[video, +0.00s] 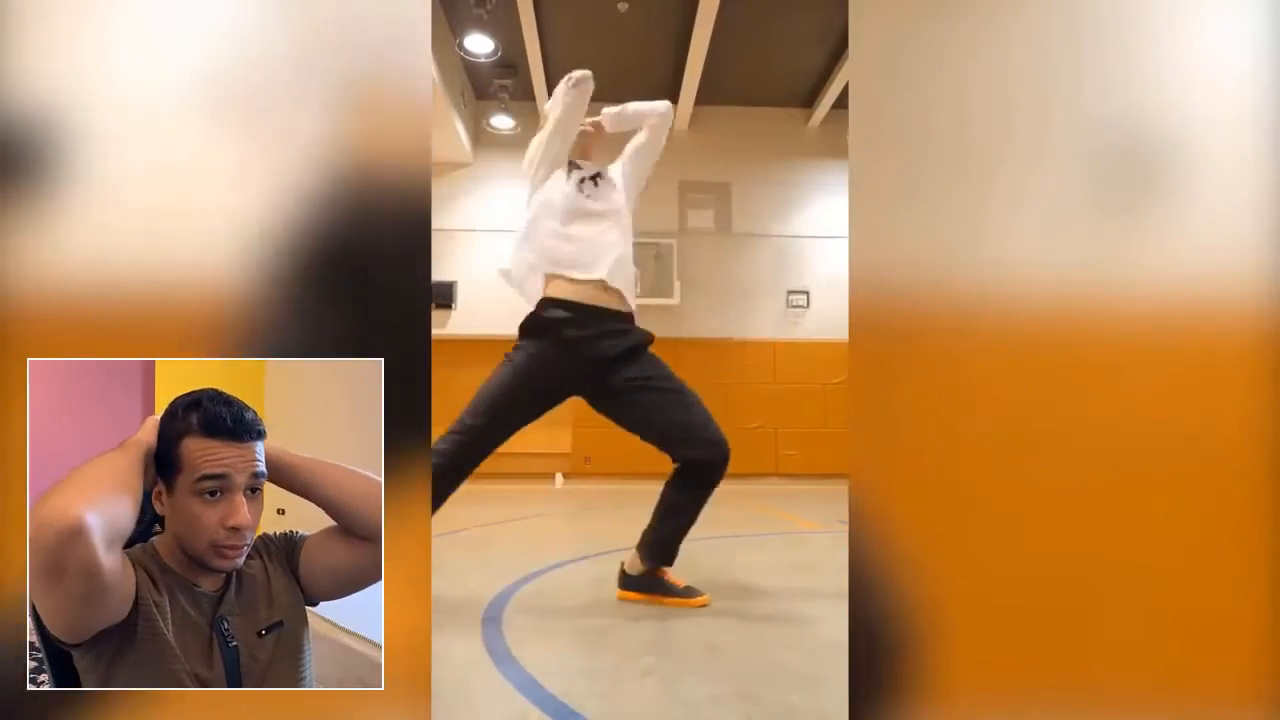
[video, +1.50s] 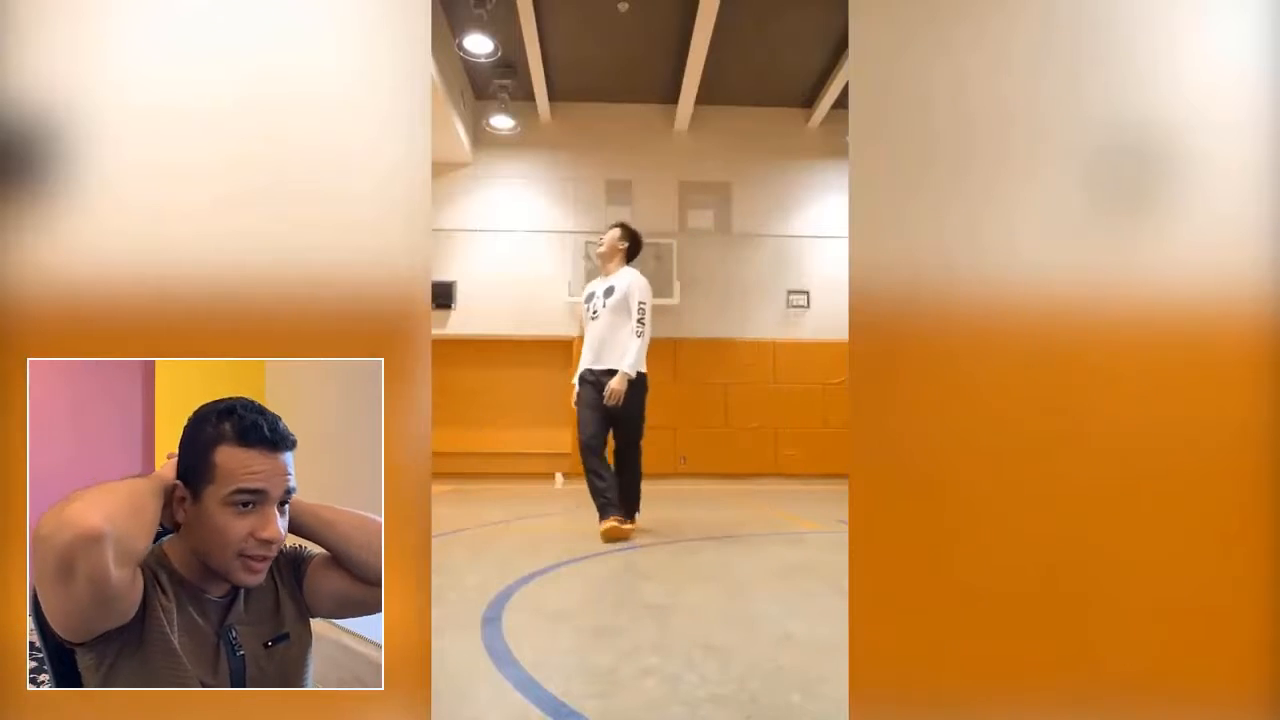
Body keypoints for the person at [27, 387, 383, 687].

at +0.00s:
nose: (241, 519)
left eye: (253, 491)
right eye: (212, 492)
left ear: (264, 490)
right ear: (160, 495)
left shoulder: (280, 568)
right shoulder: (114, 598)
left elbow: (392, 529)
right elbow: (67, 528)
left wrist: (262, 454)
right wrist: (141, 448)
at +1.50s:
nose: (273, 533)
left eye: (284, 503)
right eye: (245, 505)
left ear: (288, 504)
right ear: (183, 504)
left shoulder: (287, 580)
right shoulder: (118, 603)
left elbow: (400, 572)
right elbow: (80, 537)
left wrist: (280, 505)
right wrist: (160, 487)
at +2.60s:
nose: (287, 536)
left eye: (298, 506)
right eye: (257, 505)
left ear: (306, 503)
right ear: (194, 504)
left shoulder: (287, 586)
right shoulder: (103, 605)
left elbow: (393, 668)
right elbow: (159, 702)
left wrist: (295, 545)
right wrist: (186, 556)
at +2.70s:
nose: (289, 535)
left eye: (299, 506)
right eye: (259, 506)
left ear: (307, 502)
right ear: (195, 506)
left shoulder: (285, 593)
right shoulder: (106, 606)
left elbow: (388, 674)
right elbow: (162, 709)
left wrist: (295, 553)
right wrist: (191, 563)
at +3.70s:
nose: (272, 519)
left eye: (283, 493)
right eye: (240, 493)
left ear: (293, 497)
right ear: (183, 502)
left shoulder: (299, 595)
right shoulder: (103, 619)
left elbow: (383, 695)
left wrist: (300, 653)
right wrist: (232, 661)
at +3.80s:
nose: (270, 517)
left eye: (282, 490)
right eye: (238, 490)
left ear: (291, 495)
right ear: (182, 501)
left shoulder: (298, 594)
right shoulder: (103, 620)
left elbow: (385, 694)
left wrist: (300, 659)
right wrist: (241, 671)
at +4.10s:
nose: (269, 512)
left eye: (280, 486)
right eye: (237, 486)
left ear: (289, 491)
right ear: (181, 498)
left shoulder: (301, 596)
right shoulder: (105, 623)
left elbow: (386, 702)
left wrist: (301, 668)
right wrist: (251, 678)